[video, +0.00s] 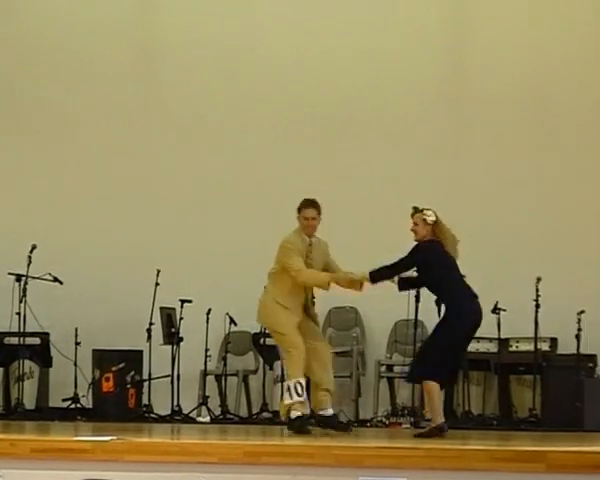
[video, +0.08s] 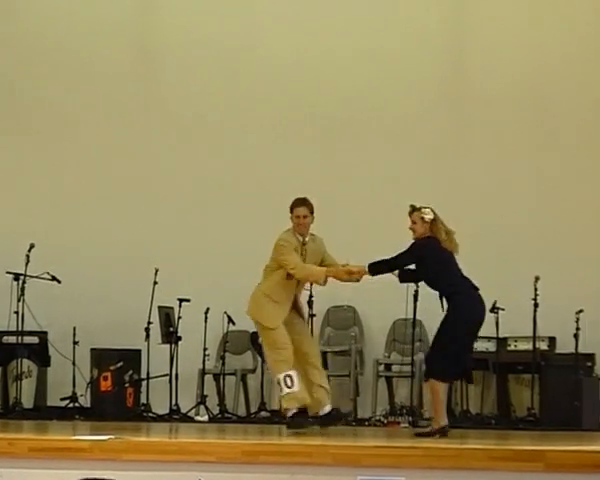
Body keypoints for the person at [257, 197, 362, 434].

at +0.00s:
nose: (310, 223)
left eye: (314, 219)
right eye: (306, 219)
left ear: (319, 220)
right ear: (298, 219)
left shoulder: (321, 247)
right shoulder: (289, 244)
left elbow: (336, 274)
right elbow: (300, 275)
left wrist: (358, 281)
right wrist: (330, 280)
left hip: (301, 311)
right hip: (276, 308)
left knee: (321, 350)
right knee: (295, 348)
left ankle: (323, 410)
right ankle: (295, 413)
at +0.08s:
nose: (301, 221)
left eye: (305, 217)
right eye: (296, 217)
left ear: (312, 219)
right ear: (291, 218)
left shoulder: (315, 243)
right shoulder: (283, 243)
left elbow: (330, 264)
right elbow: (298, 270)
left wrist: (348, 270)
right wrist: (331, 273)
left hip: (290, 307)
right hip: (266, 306)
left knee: (309, 351)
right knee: (282, 353)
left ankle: (322, 409)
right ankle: (292, 411)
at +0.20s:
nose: (299, 227)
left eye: (303, 223)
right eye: (294, 223)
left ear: (309, 224)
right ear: (288, 224)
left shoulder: (313, 249)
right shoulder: (283, 248)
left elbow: (329, 269)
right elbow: (297, 274)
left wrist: (347, 279)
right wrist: (331, 280)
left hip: (283, 313)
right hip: (261, 311)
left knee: (298, 362)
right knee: (274, 361)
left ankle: (321, 415)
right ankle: (286, 416)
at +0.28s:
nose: (302, 225)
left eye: (306, 221)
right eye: (297, 221)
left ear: (313, 222)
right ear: (291, 221)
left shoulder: (316, 245)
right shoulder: (284, 246)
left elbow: (330, 271)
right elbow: (295, 278)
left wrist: (352, 277)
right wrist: (321, 279)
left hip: (288, 311)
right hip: (266, 308)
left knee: (300, 358)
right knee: (276, 356)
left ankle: (317, 413)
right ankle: (283, 413)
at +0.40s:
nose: (305, 222)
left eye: (310, 218)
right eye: (301, 218)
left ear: (317, 218)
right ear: (295, 219)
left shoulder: (322, 244)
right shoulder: (286, 246)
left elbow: (328, 276)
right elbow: (286, 286)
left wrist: (349, 279)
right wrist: (314, 277)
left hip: (299, 309)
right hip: (275, 307)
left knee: (315, 355)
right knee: (300, 347)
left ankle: (302, 413)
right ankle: (281, 407)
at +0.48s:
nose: (307, 219)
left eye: (311, 215)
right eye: (303, 215)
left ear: (318, 216)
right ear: (297, 216)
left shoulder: (321, 245)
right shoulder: (286, 246)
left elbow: (335, 277)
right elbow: (283, 285)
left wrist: (355, 277)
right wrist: (309, 278)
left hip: (313, 312)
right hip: (287, 314)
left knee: (332, 348)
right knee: (308, 352)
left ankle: (313, 408)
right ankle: (301, 413)